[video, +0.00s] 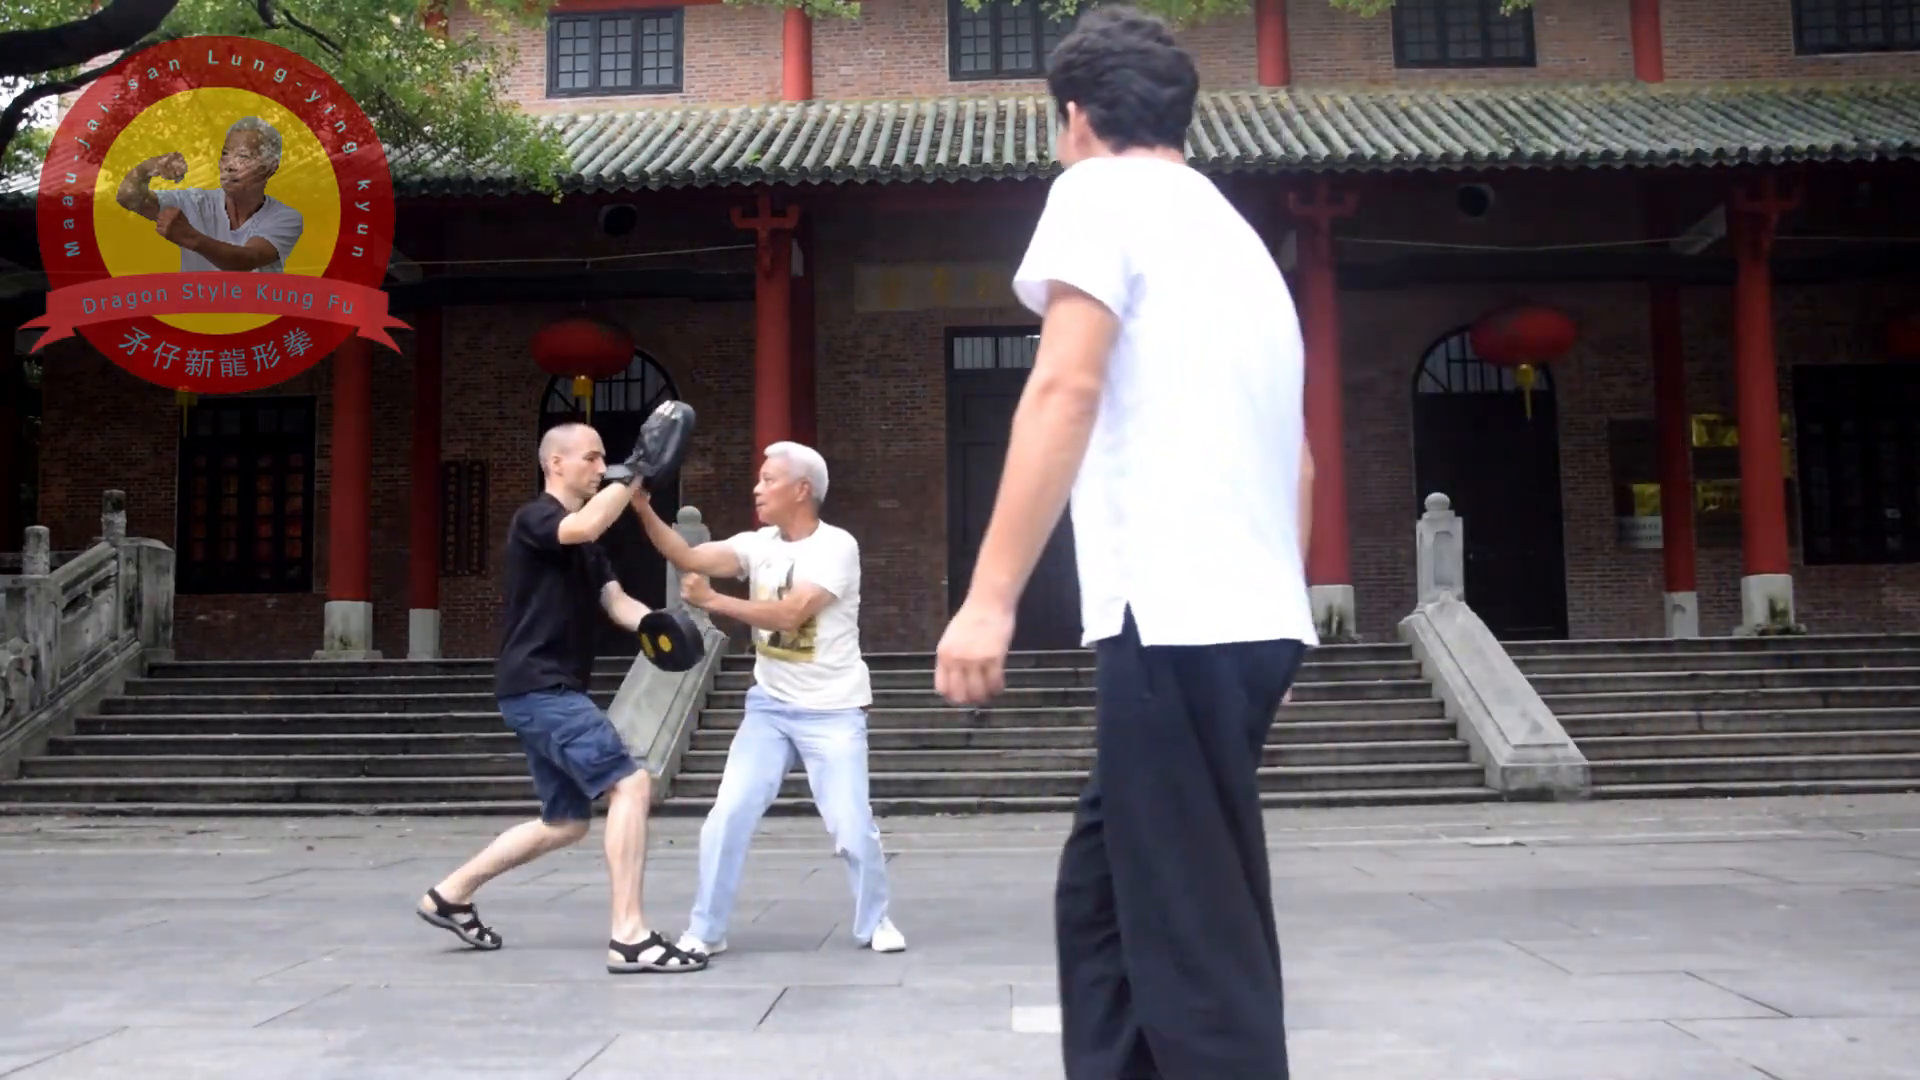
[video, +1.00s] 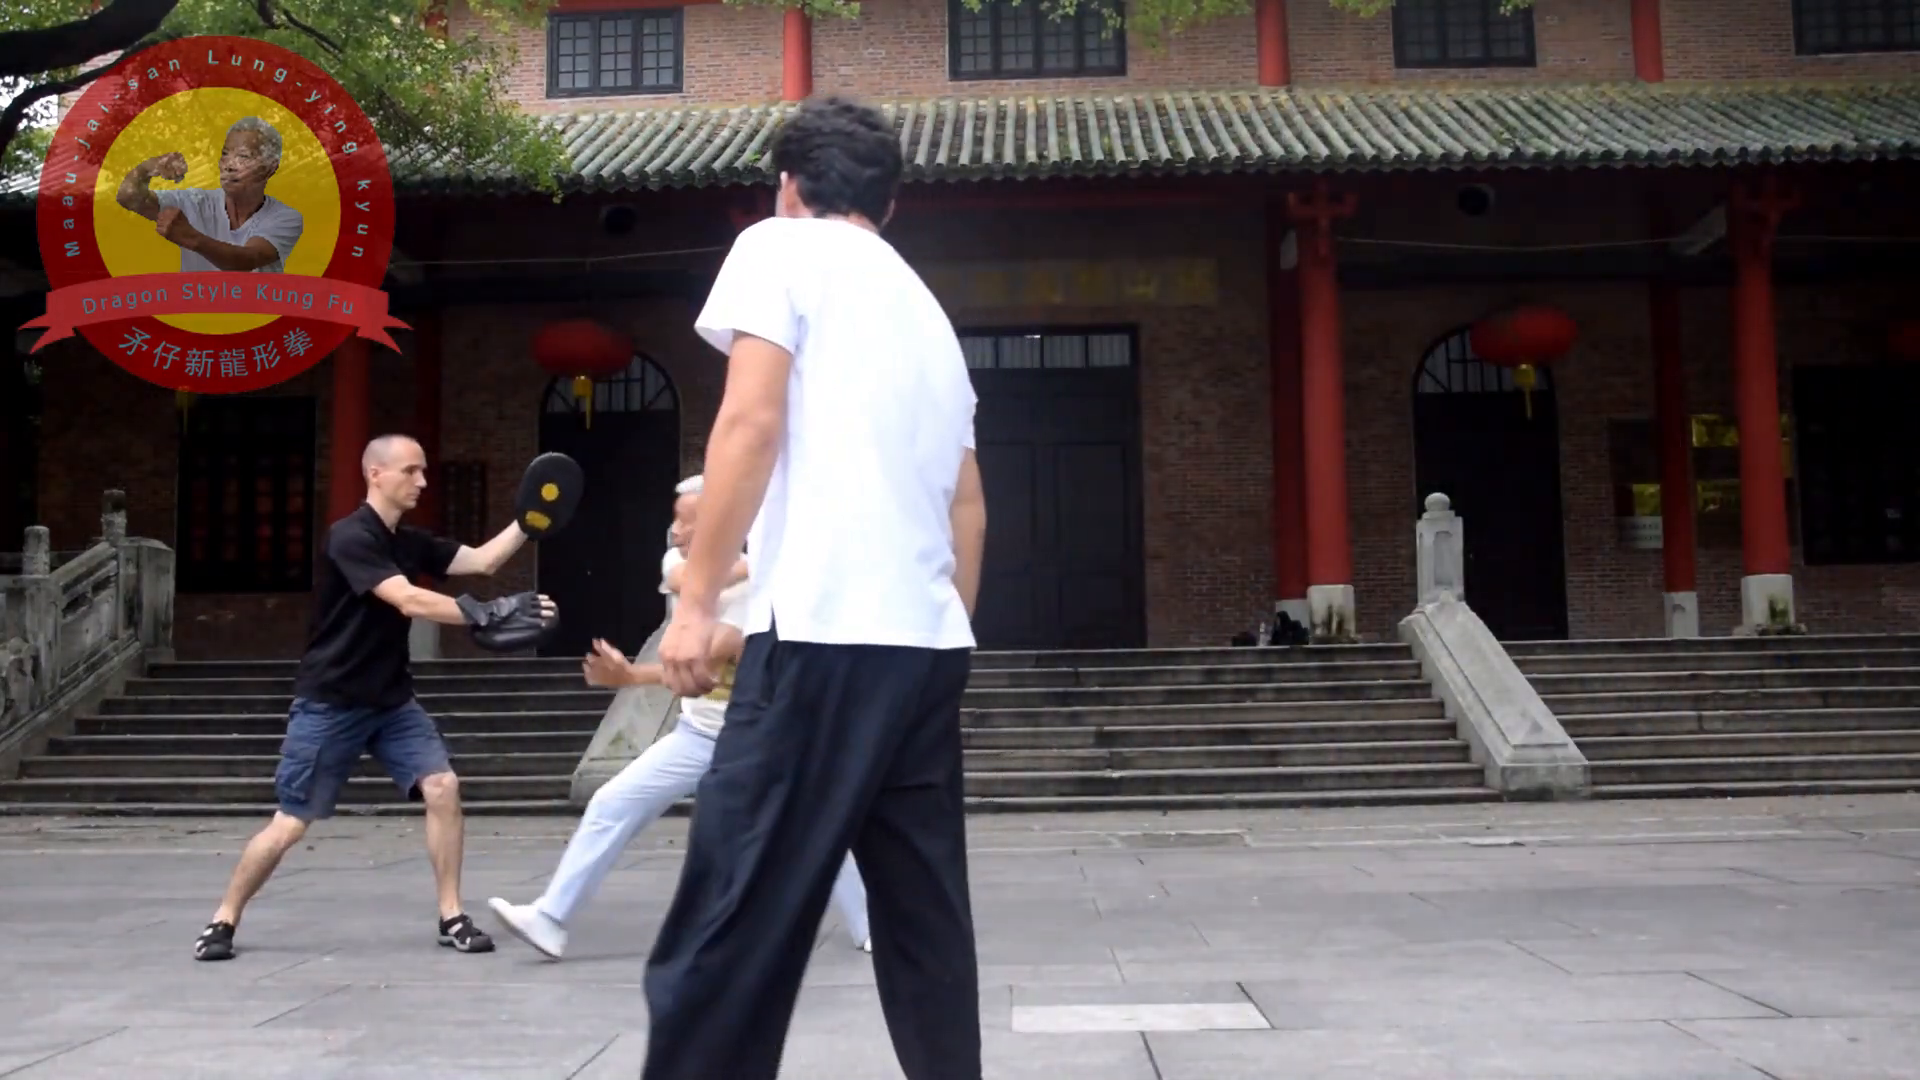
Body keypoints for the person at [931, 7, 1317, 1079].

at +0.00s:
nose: (1055, 146)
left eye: (1054, 125)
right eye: (1053, 127)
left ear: (1083, 118)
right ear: (1175, 121)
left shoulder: (1098, 196)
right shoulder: (1240, 243)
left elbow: (1066, 388)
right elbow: (1297, 462)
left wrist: (990, 597)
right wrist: (1270, 619)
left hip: (1172, 624)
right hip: (1251, 623)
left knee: (1187, 924)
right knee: (1098, 895)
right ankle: (1112, 1072)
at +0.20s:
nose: (984, 170)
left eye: (985, 152)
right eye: (984, 153)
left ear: (1008, 150)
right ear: (1105, 157)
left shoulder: (1018, 221)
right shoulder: (1155, 275)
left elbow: (990, 411)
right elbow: (1211, 481)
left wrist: (931, 615)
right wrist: (1199, 652)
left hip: (1075, 642)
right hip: (1148, 645)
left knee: (1146, 948)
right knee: (1041, 945)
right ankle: (1006, 1076)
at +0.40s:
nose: (920, 177)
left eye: (922, 163)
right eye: (921, 163)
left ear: (942, 160)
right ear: (1040, 176)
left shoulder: (940, 220)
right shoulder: (1081, 292)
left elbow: (917, 400)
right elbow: (1119, 493)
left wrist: (869, 594)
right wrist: (1100, 636)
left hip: (988, 635)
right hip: (1076, 643)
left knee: (1013, 919)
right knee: (998, 921)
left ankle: (1143, 1068)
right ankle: (986, 1077)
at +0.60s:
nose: (872, 189)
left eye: (872, 178)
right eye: (874, 180)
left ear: (892, 176)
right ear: (987, 188)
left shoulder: (885, 230)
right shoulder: (1025, 304)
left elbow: (848, 407)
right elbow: (1057, 502)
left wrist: (784, 590)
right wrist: (1017, 623)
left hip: (923, 635)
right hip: (1025, 642)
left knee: (891, 892)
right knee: (988, 889)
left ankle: (1061, 1069)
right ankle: (980, 1067)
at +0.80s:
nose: (824, 199)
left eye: (825, 188)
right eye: (828, 188)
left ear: (846, 184)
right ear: (941, 199)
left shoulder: (841, 239)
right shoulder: (981, 316)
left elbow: (801, 414)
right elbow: (1013, 511)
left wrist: (730, 582)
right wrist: (977, 630)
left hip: (881, 635)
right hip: (978, 644)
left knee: (810, 900)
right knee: (953, 912)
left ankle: (849, 1067)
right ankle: (964, 1071)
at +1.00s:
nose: (768, 203)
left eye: (769, 190)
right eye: (770, 192)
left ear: (790, 190)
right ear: (886, 202)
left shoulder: (779, 248)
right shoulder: (929, 315)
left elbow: (751, 419)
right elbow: (967, 503)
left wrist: (696, 601)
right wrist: (945, 633)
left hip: (821, 641)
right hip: (929, 648)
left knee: (734, 922)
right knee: (926, 922)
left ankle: (695, 1065)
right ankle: (949, 1071)